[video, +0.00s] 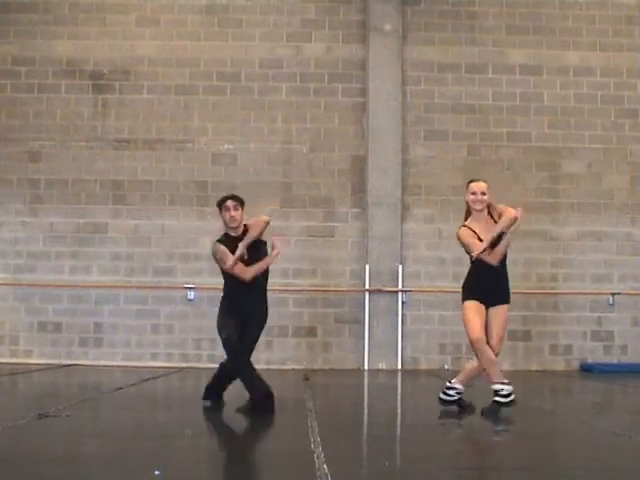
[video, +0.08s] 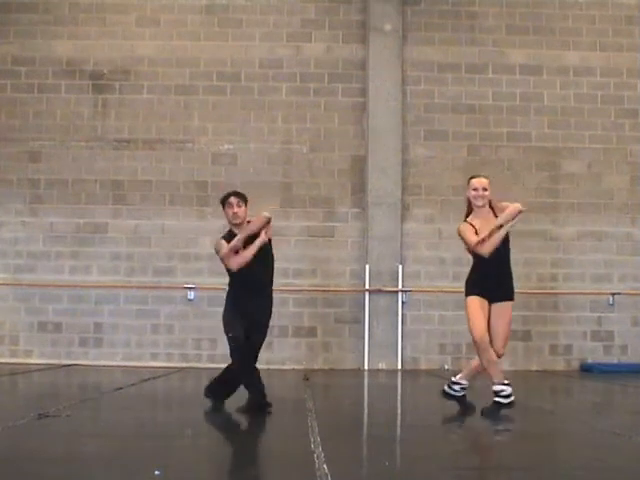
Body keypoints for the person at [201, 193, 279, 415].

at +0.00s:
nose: (232, 214)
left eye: (236, 209)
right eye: (226, 210)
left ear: (243, 212)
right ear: (221, 216)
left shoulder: (254, 229)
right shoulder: (220, 247)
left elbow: (263, 222)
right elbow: (245, 274)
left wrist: (240, 249)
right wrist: (273, 256)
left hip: (256, 309)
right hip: (230, 309)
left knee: (240, 358)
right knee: (236, 356)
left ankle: (213, 391)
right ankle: (262, 398)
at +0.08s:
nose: (235, 210)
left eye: (239, 205)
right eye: (229, 206)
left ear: (246, 209)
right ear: (224, 213)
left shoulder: (260, 226)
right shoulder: (223, 242)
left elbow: (263, 220)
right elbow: (234, 263)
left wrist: (237, 241)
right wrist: (260, 242)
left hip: (262, 304)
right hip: (236, 305)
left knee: (248, 356)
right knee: (241, 354)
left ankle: (217, 390)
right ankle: (257, 398)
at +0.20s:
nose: (255, 187)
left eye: (257, 182)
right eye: (249, 183)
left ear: (265, 188)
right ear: (240, 189)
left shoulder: (272, 210)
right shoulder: (233, 216)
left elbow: (279, 175)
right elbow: (209, 205)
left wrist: (243, 179)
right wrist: (241, 194)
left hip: (267, 290)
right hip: (240, 289)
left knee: (264, 349)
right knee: (244, 344)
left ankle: (239, 381)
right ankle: (253, 401)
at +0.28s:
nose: (260, 174)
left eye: (264, 170)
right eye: (254, 170)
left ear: (271, 174)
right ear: (248, 175)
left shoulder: (281, 197)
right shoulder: (237, 199)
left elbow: (293, 157)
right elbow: (208, 176)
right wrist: (220, 151)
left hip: (271, 279)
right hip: (243, 279)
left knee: (282, 336)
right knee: (241, 338)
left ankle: (272, 385)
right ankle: (243, 396)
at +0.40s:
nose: (269, 169)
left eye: (273, 164)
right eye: (263, 164)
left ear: (280, 169)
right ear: (256, 168)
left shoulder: (288, 193)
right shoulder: (245, 190)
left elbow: (308, 159)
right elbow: (220, 160)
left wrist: (325, 133)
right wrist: (199, 136)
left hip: (280, 276)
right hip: (251, 277)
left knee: (302, 333)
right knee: (237, 336)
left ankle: (326, 390)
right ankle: (226, 395)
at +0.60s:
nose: (280, 173)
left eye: (285, 169)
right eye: (275, 169)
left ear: (292, 174)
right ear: (268, 175)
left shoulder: (302, 198)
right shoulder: (258, 196)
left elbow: (321, 164)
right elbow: (238, 161)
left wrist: (334, 131)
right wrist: (225, 127)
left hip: (294, 281)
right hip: (264, 281)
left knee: (312, 338)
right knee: (248, 339)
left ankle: (330, 396)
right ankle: (227, 399)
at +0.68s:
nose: (284, 176)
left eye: (289, 172)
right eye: (279, 172)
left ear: (297, 177)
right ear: (271, 177)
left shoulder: (304, 200)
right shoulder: (263, 199)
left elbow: (311, 171)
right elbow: (253, 163)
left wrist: (311, 143)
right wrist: (258, 130)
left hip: (297, 283)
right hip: (266, 283)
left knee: (315, 338)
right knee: (249, 338)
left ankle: (332, 395)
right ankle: (225, 397)